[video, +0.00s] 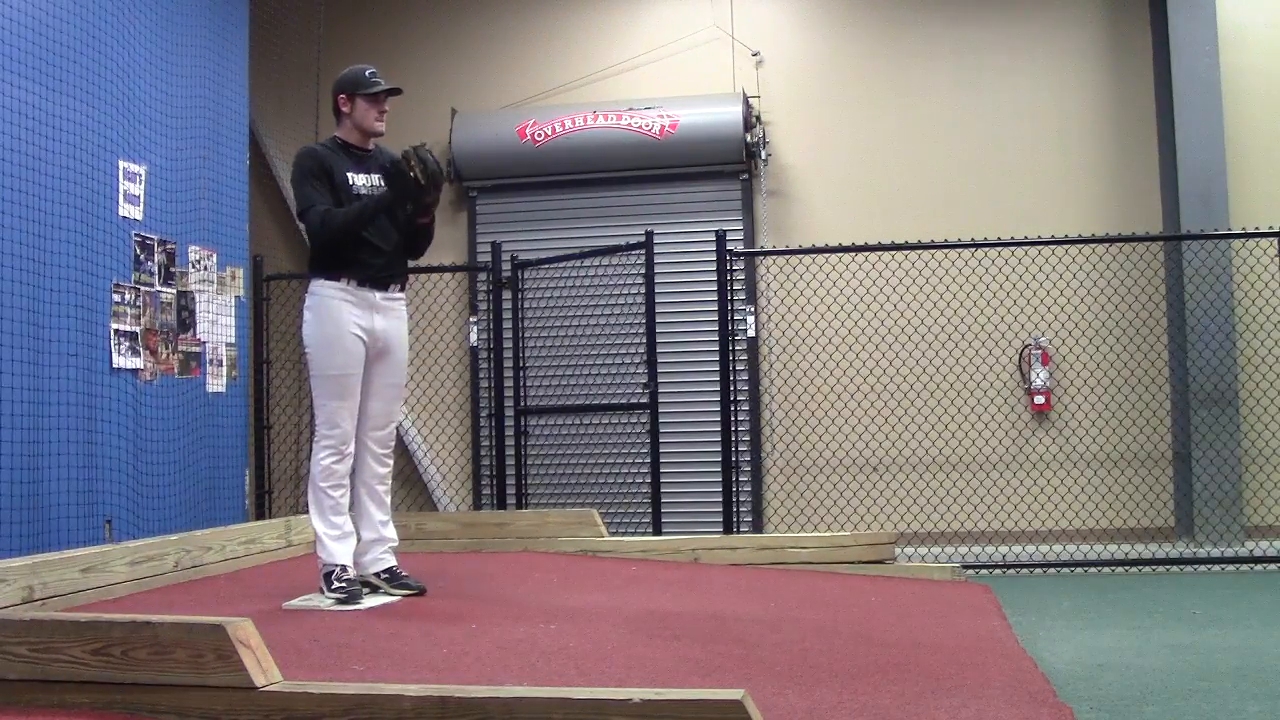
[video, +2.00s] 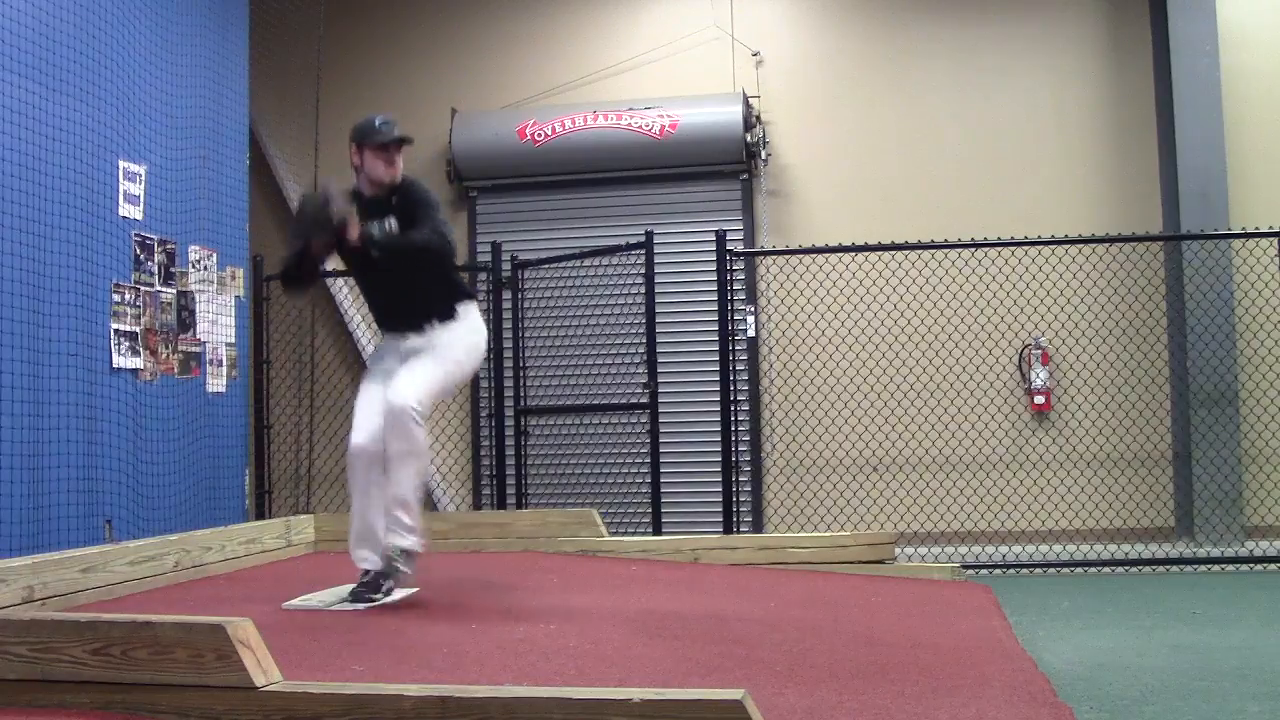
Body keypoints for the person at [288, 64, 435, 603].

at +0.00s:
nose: (384, 107)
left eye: (386, 100)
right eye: (374, 100)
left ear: (384, 107)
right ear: (345, 104)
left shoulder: (395, 168)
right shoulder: (315, 159)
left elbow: (414, 248)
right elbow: (322, 228)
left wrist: (426, 203)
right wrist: (388, 194)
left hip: (391, 310)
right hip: (336, 306)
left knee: (379, 442)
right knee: (336, 440)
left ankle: (377, 561)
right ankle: (335, 564)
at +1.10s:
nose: (415, 122)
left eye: (419, 114)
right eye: (405, 114)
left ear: (423, 120)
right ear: (378, 118)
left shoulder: (437, 171)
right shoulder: (347, 170)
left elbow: (450, 248)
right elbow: (320, 247)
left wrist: (388, 244)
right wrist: (325, 221)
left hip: (426, 320)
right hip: (365, 321)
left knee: (425, 442)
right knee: (369, 436)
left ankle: (431, 559)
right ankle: (379, 565)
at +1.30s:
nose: (395, 125)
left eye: (402, 116)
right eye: (385, 116)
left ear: (411, 121)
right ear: (365, 120)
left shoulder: (422, 166)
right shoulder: (341, 174)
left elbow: (421, 232)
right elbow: (308, 241)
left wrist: (345, 218)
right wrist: (297, 212)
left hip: (417, 311)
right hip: (360, 317)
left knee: (385, 410)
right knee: (361, 435)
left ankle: (415, 544)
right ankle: (379, 568)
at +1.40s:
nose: (391, 125)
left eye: (398, 117)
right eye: (381, 117)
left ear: (408, 121)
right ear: (362, 120)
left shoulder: (417, 163)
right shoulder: (340, 173)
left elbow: (413, 223)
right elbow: (296, 232)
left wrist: (338, 199)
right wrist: (303, 196)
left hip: (420, 298)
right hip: (365, 308)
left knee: (361, 362)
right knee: (368, 427)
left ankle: (379, 515)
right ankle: (381, 566)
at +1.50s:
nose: (385, 126)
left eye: (392, 117)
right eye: (375, 118)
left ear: (403, 120)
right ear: (357, 121)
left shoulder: (415, 159)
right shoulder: (341, 171)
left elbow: (408, 213)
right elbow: (287, 222)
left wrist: (335, 181)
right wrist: (298, 180)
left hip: (427, 294)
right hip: (369, 305)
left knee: (351, 297)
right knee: (369, 440)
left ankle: (351, 442)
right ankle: (380, 566)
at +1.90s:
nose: (395, 134)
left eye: (399, 125)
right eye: (384, 126)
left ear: (405, 128)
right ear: (357, 131)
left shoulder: (413, 168)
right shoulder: (338, 183)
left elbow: (427, 222)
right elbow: (281, 241)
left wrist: (352, 197)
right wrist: (309, 203)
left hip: (444, 305)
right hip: (387, 319)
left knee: (382, 364)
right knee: (364, 439)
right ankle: (375, 567)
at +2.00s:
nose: (395, 159)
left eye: (399, 150)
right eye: (384, 151)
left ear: (404, 153)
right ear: (357, 156)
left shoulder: (412, 195)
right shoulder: (340, 210)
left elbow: (437, 243)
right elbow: (293, 282)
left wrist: (364, 236)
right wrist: (317, 245)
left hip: (454, 331)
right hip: (397, 344)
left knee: (402, 401)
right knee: (363, 444)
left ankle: (403, 544)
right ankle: (376, 566)